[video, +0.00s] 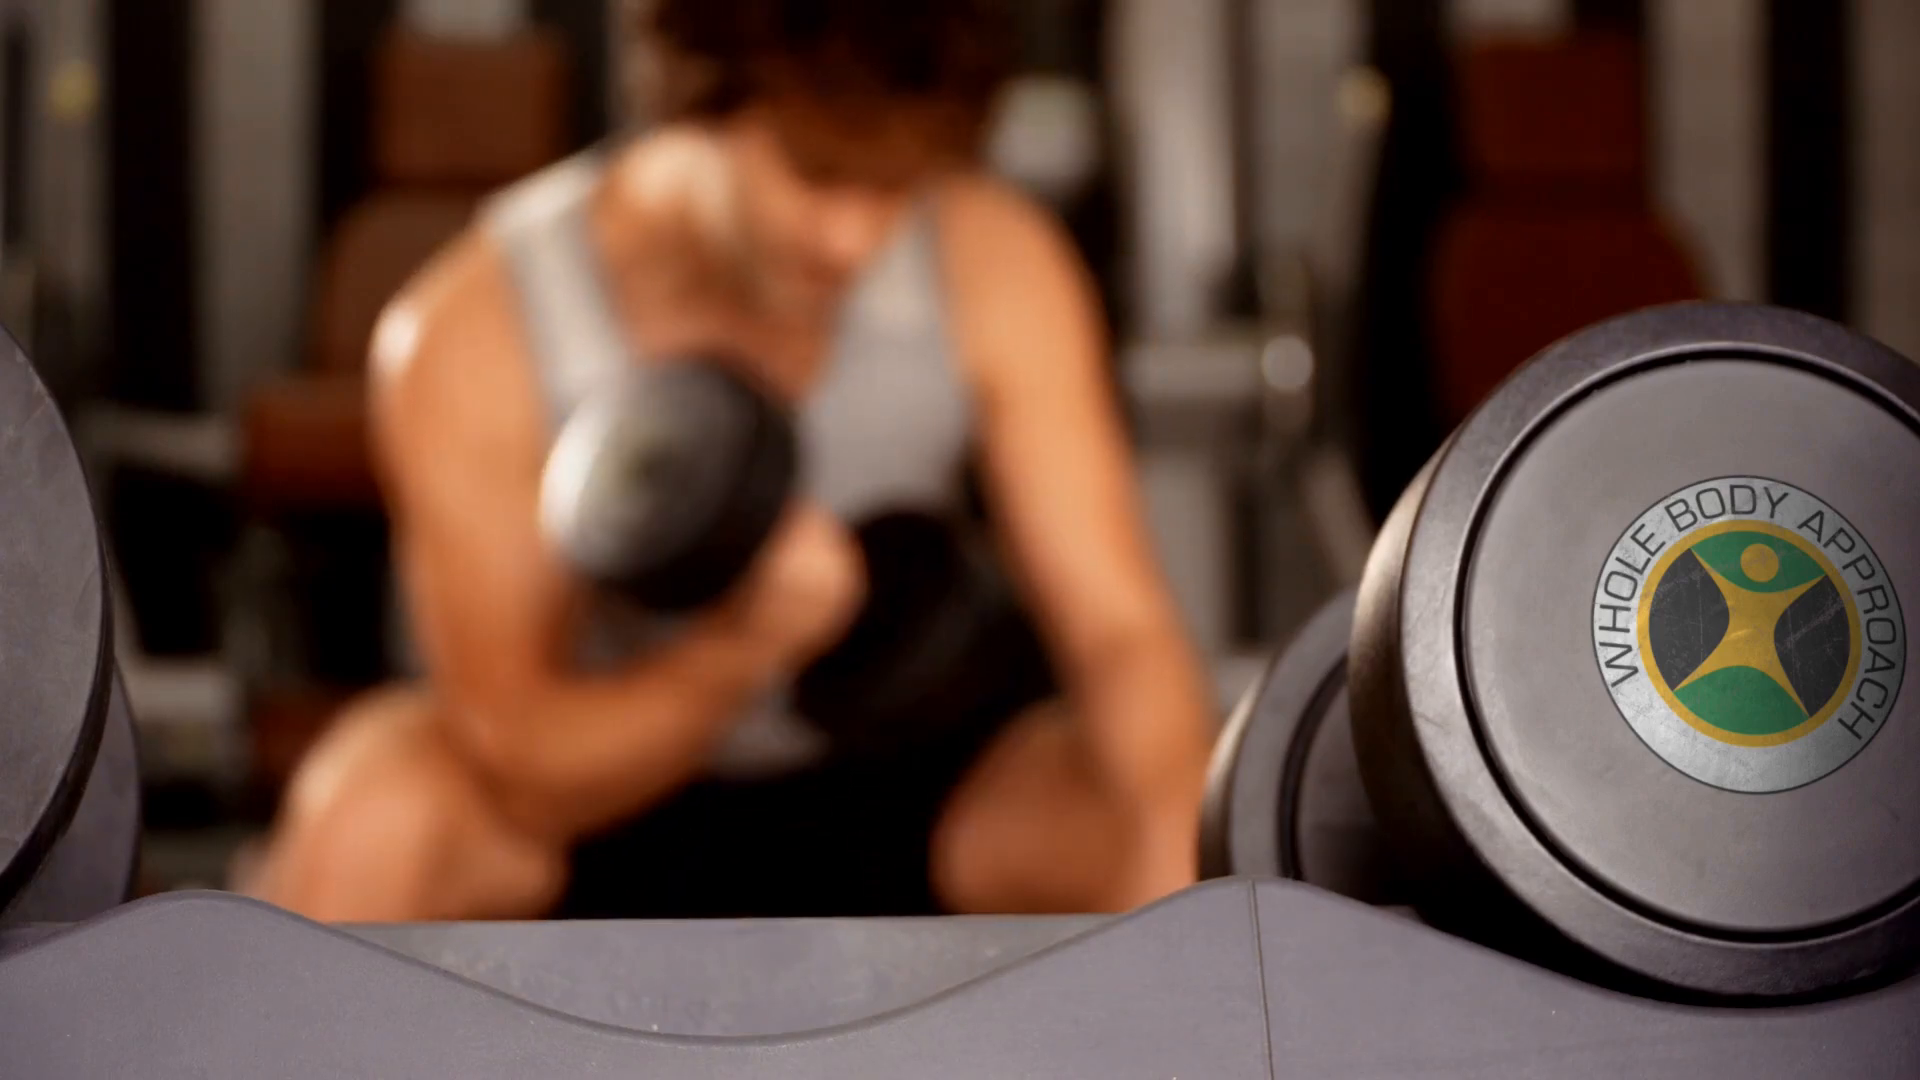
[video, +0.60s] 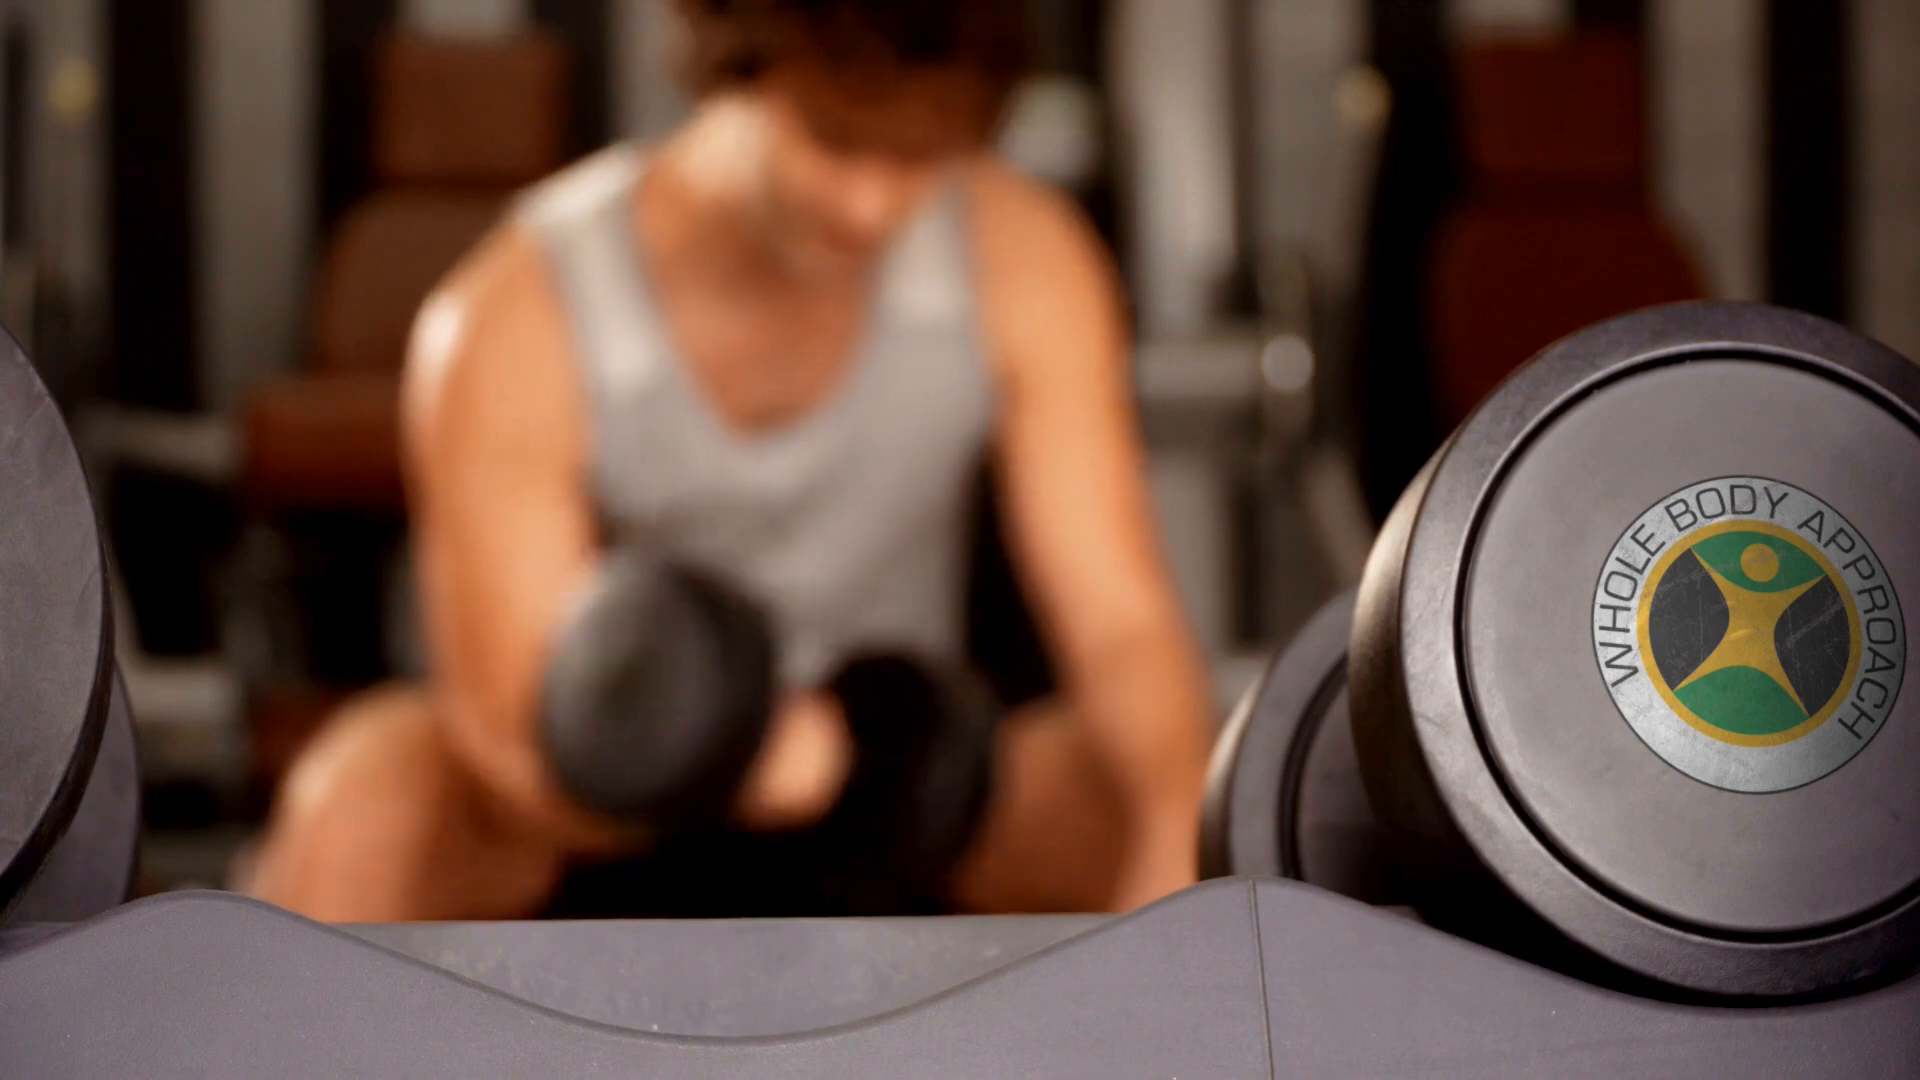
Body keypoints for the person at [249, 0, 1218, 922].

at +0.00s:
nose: (857, 234)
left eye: (902, 182)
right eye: (818, 173)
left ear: (948, 147)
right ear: (710, 105)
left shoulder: (992, 257)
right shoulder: (466, 331)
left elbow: (1120, 636)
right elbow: (530, 772)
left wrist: (1181, 880)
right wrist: (750, 646)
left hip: (890, 779)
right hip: (597, 805)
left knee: (1179, 816)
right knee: (373, 807)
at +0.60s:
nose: (872, 205)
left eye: (920, 157)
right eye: (838, 145)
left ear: (977, 121)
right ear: (740, 67)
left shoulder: (1017, 249)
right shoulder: (513, 316)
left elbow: (1123, 632)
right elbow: (528, 753)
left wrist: (1172, 864)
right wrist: (846, 749)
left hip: (888, 809)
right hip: (610, 818)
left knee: (1182, 790)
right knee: (371, 781)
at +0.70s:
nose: (874, 205)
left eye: (923, 159)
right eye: (842, 144)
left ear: (981, 128)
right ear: (748, 68)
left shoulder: (1029, 252)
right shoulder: (529, 325)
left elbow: (1123, 633)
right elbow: (516, 758)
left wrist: (1162, 863)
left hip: (909, 776)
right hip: (627, 784)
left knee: (1197, 787)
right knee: (358, 796)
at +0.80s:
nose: (875, 205)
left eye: (925, 161)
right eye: (842, 144)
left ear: (986, 132)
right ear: (753, 70)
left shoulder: (1035, 255)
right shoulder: (541, 325)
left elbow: (1122, 633)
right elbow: (517, 762)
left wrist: (1159, 859)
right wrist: (644, 965)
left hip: (904, 775)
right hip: (619, 784)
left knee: (1188, 809)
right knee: (357, 797)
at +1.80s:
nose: (898, 329)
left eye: (950, 282)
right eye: (861, 264)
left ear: (1015, 266)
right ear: (771, 205)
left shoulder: (1045, 282)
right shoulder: (583, 396)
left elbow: (1101, 655)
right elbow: (506, 830)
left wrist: (1004, 822)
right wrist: (519, 1077)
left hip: (894, 782)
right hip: (615, 794)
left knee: (1138, 828)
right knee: (342, 804)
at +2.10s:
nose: (919, 255)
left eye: (972, 208)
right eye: (876, 189)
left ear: (1043, 192)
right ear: (785, 144)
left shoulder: (1093, 249)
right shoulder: (615, 300)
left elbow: (1098, 641)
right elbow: (506, 739)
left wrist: (900, 927)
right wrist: (537, 1035)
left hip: (878, 672)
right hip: (579, 673)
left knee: (1119, 847)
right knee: (346, 810)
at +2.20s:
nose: (904, 92)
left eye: (959, 44)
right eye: (862, 33)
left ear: (1024, 47)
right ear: (775, 20)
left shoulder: (1091, 137)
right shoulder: (602, 157)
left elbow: (1069, 525)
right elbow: (494, 590)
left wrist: (943, 861)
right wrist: (540, 951)